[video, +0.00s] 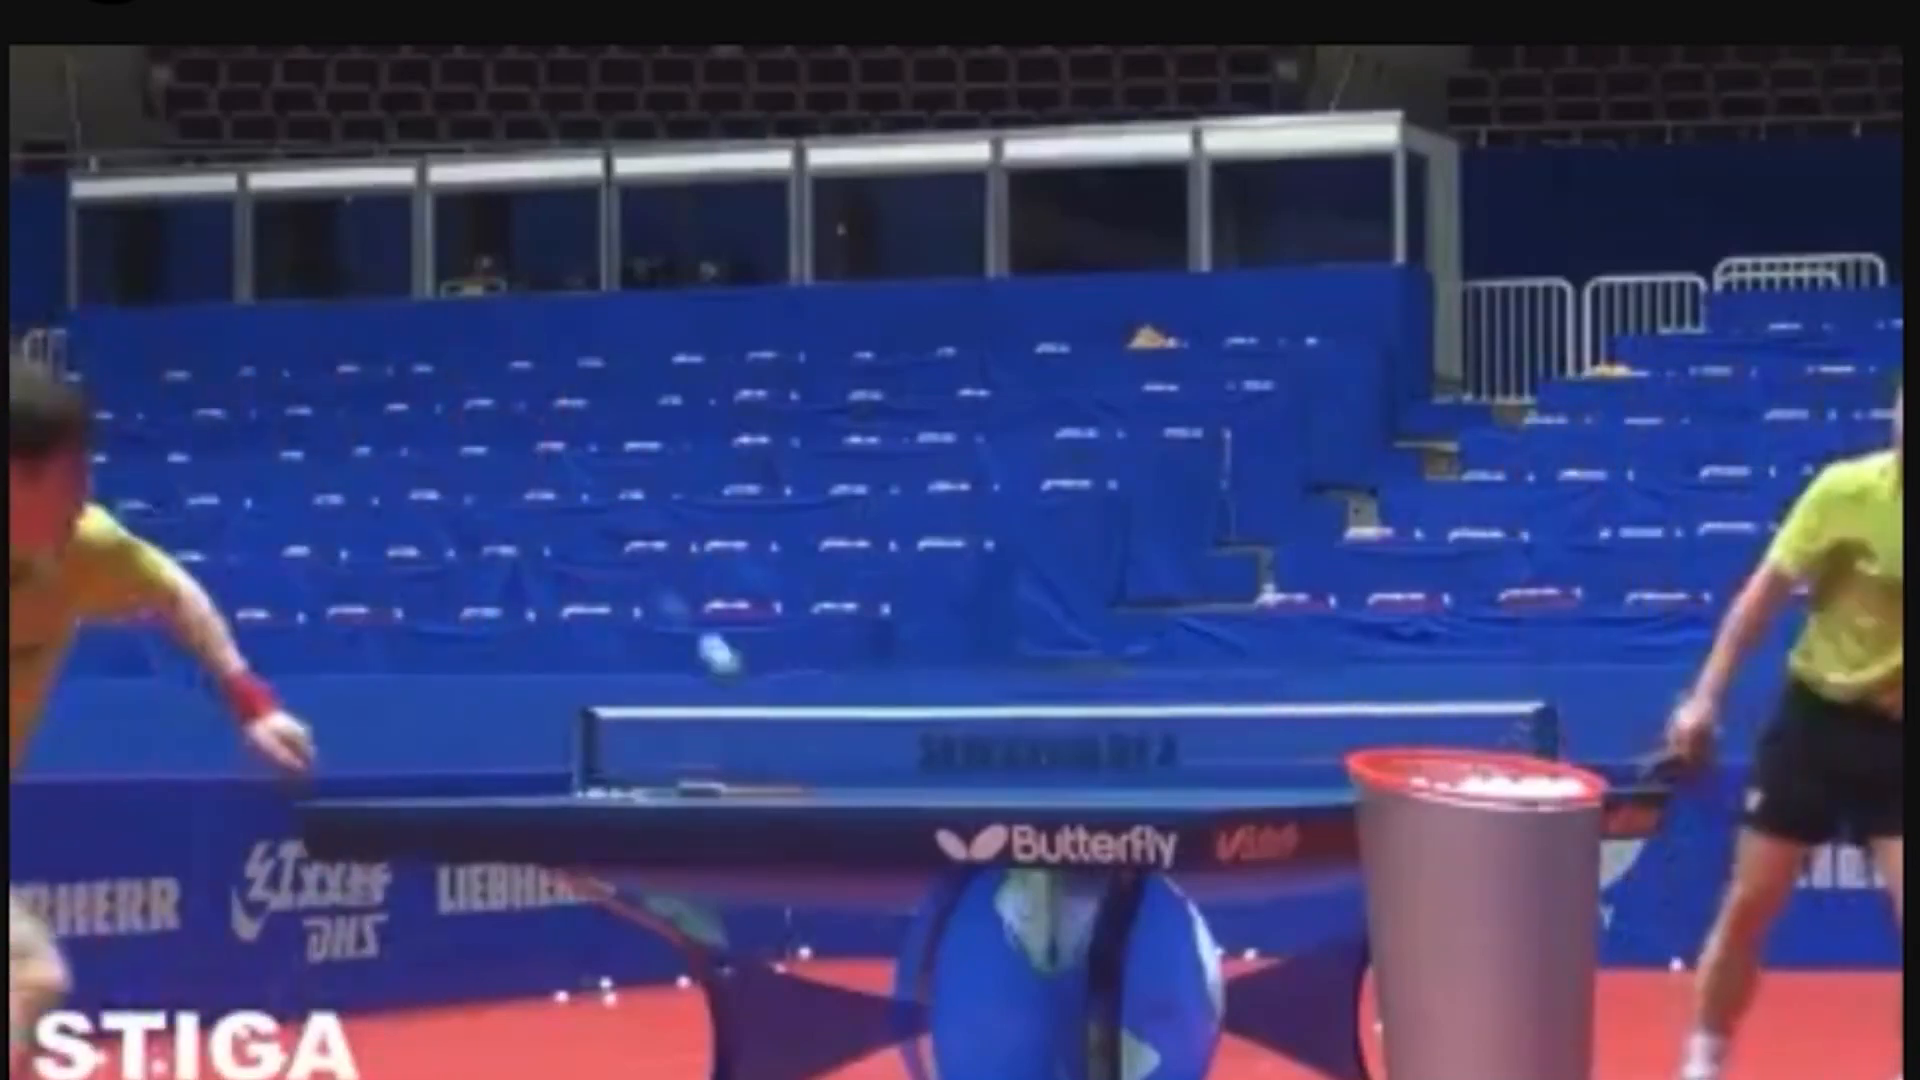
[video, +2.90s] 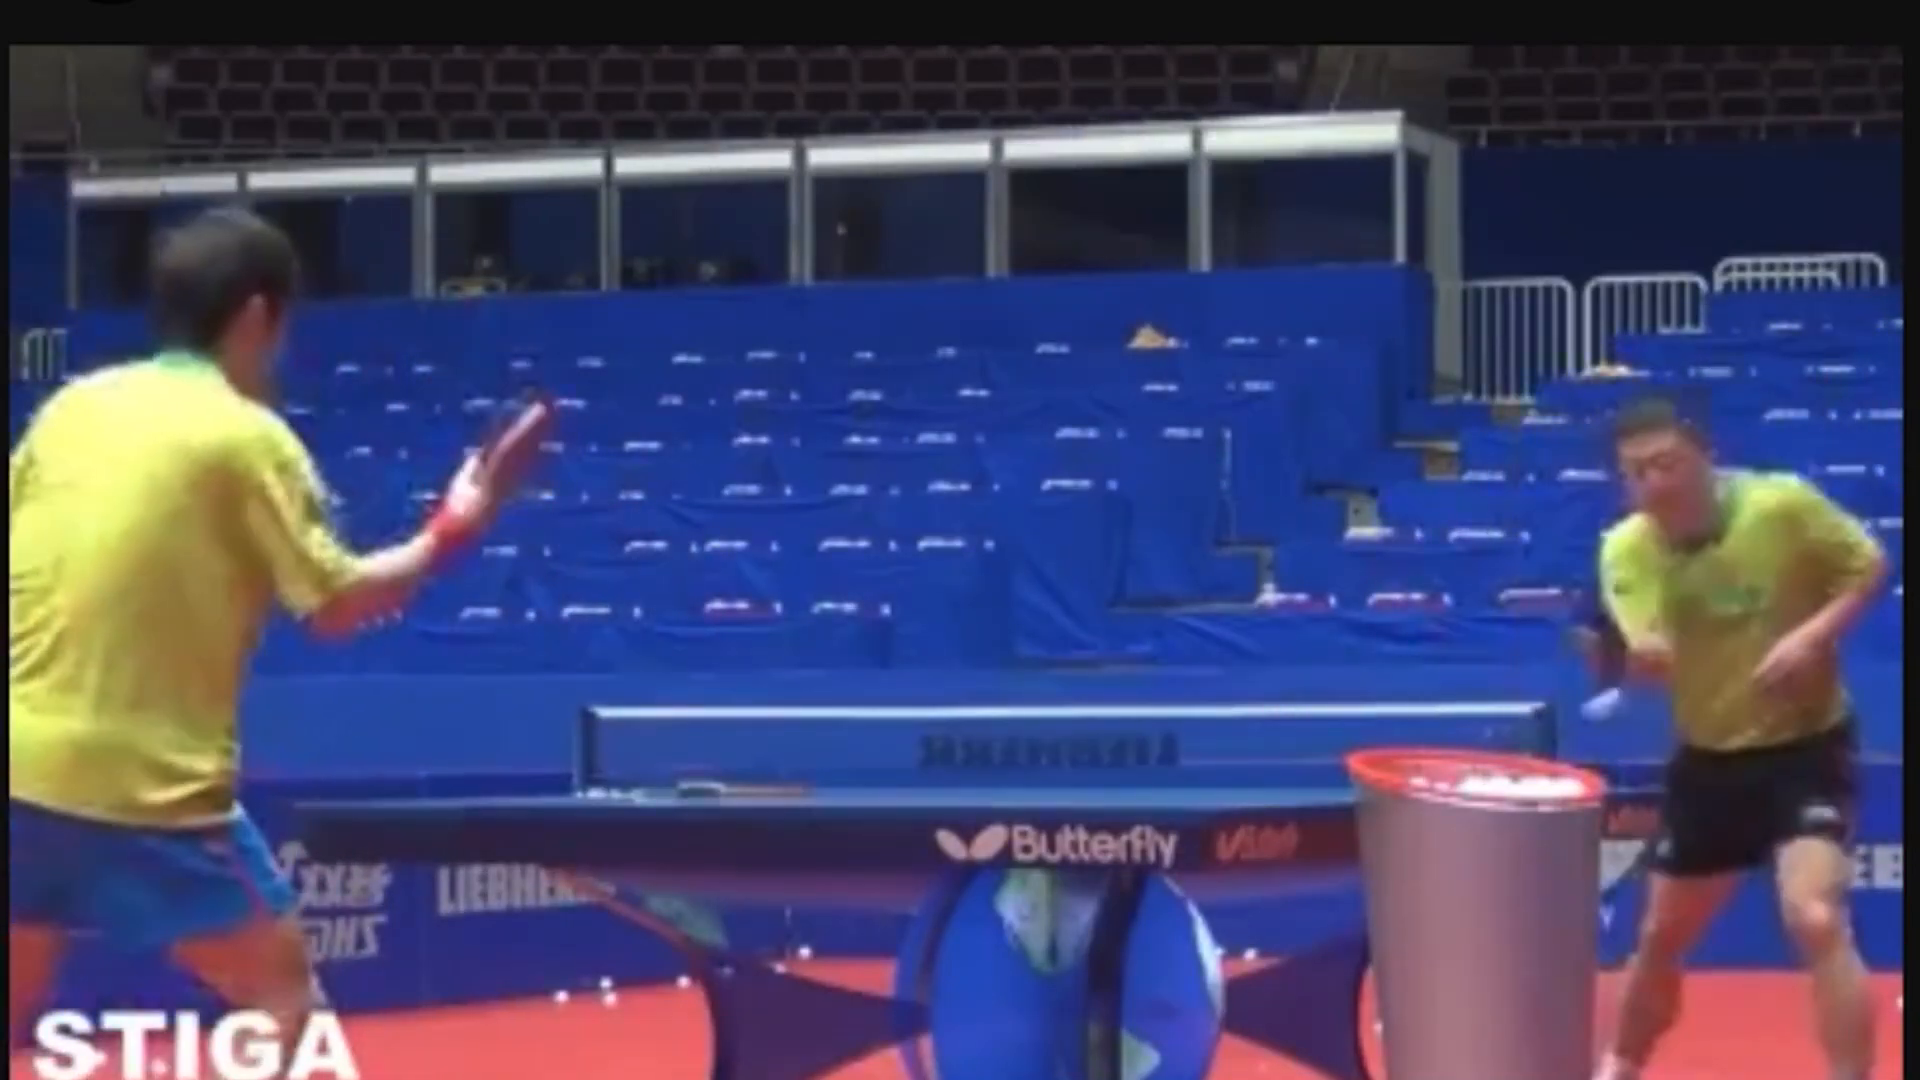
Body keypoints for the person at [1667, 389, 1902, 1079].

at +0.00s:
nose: (1903, 425)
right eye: (1901, 413)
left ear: (1897, 422)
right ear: (1894, 416)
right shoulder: (1851, 489)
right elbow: (1767, 588)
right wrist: (1705, 698)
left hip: (1896, 722)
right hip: (1819, 711)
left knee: (1902, 897)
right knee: (1753, 897)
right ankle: (1705, 1056)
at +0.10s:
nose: (1900, 410)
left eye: (1903, 397)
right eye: (1898, 395)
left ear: (1903, 407)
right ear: (1889, 403)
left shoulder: (1865, 480)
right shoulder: (1855, 478)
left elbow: (1772, 580)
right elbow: (1774, 580)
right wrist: (1707, 670)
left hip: (1899, 713)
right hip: (1830, 703)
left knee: (1903, 898)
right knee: (1763, 897)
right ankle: (1729, 1056)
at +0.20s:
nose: (1889, 404)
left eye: (1900, 391)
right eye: (1883, 391)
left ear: (1915, 399)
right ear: (1871, 398)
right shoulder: (1855, 468)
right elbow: (1809, 558)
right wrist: (1727, 645)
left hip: (1901, 707)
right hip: (1836, 694)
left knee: (1903, 905)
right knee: (1776, 895)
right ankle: (1754, 1057)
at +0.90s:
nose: (1784, 409)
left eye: (1801, 393)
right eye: (1774, 394)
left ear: (1845, 400)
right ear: (1763, 404)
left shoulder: (1889, 491)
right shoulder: (1755, 486)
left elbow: (1901, 613)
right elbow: (1735, 580)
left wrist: (1817, 637)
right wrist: (1692, 629)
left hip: (1873, 726)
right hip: (1773, 718)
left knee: (1886, 917)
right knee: (1695, 899)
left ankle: (1901, 1066)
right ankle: (1678, 1059)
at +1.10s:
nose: (1710, 431)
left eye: (1727, 416)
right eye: (1703, 416)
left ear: (1771, 423)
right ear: (1693, 425)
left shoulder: (1825, 518)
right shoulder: (1671, 518)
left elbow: (1883, 620)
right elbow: (1642, 610)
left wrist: (1773, 665)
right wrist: (1611, 657)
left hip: (1797, 754)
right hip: (1697, 751)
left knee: (1851, 927)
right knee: (1624, 927)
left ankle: (1895, 1067)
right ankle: (1594, 1063)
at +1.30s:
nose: (1610, 439)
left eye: (1628, 423)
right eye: (1605, 424)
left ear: (1672, 434)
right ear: (1596, 438)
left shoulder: (1736, 520)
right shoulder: (1581, 531)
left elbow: (1793, 622)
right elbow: (1561, 628)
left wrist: (1695, 669)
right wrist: (1552, 650)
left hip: (1731, 746)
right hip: (1629, 748)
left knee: (1799, 921)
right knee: (1568, 923)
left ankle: (1860, 1068)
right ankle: (1554, 1066)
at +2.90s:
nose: (1654, 485)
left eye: (1665, 464)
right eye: (1638, 471)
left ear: (1702, 455)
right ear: (1625, 478)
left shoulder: (1781, 505)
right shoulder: (1627, 546)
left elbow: (1870, 566)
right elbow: (1650, 645)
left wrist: (1812, 637)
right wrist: (1642, 654)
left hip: (1806, 748)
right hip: (1709, 757)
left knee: (1813, 918)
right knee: (1660, 937)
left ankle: (1852, 1071)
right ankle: (1621, 1066)